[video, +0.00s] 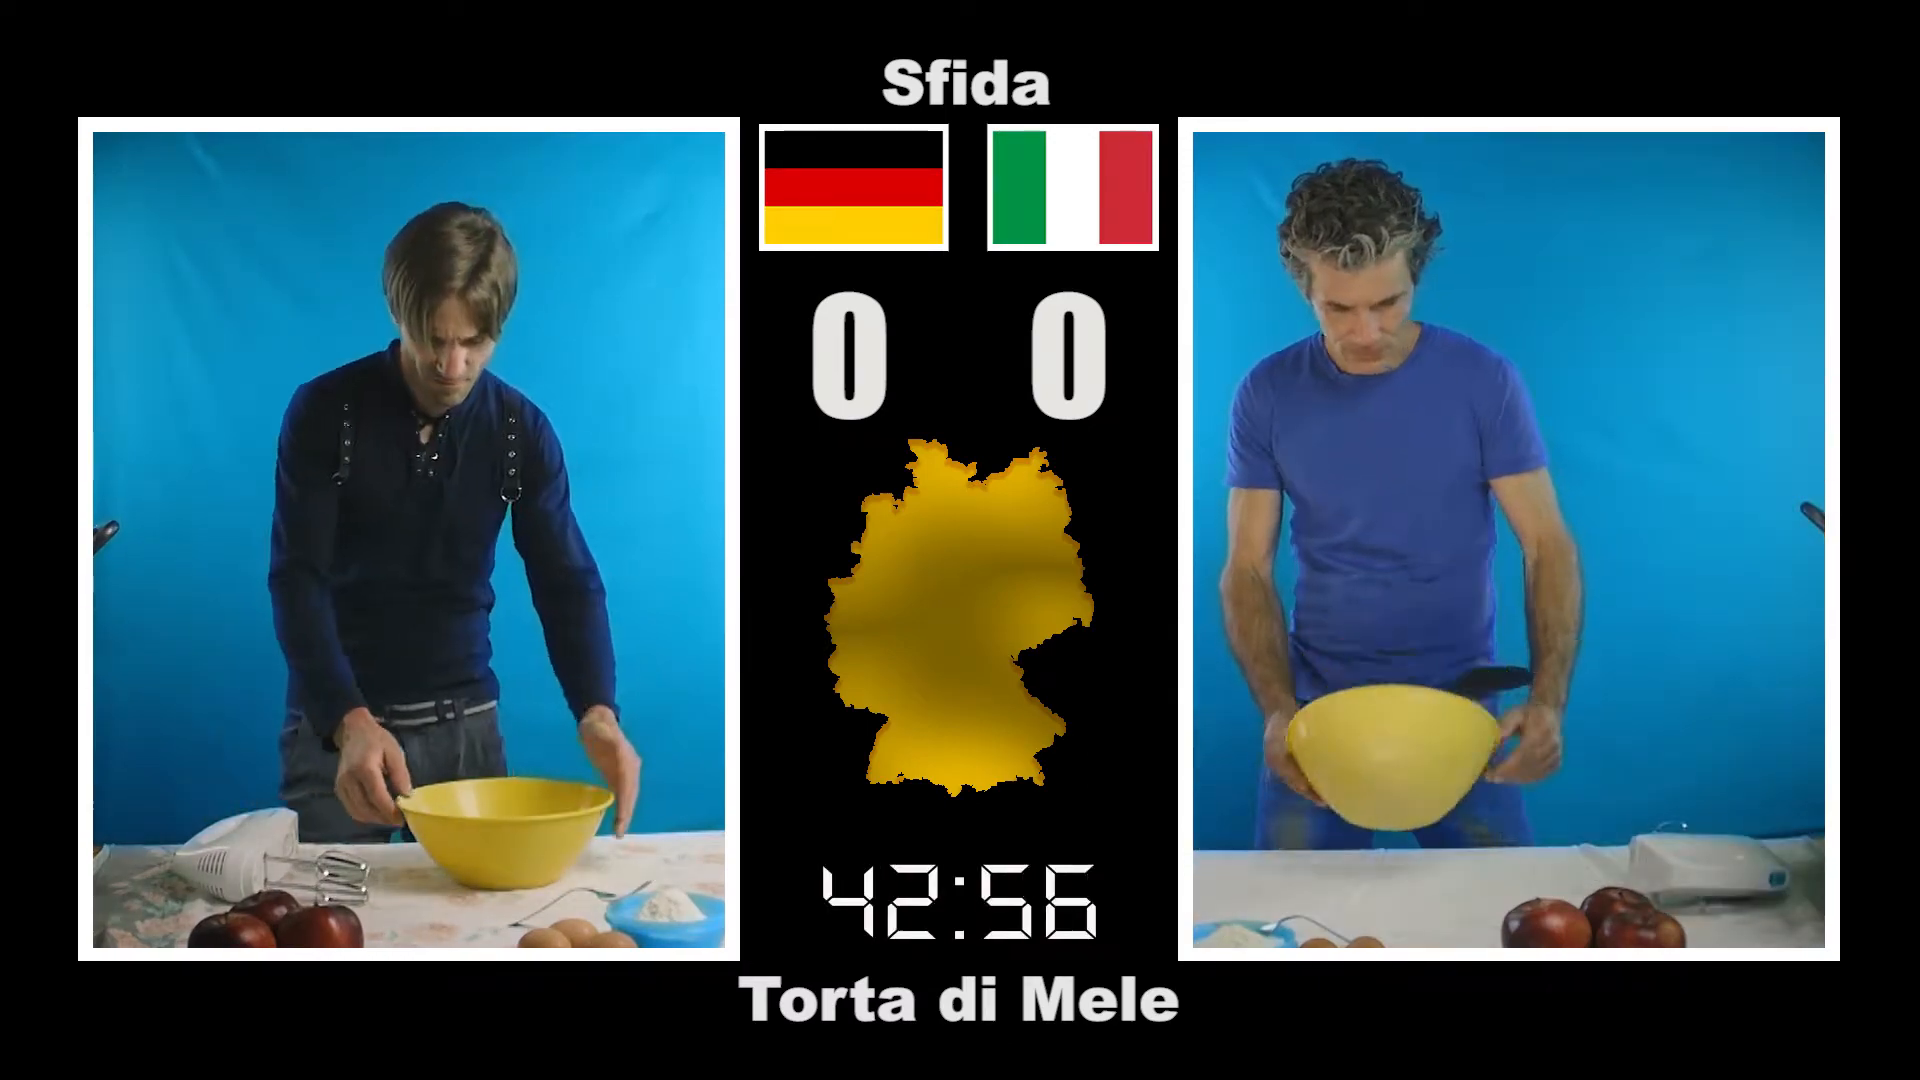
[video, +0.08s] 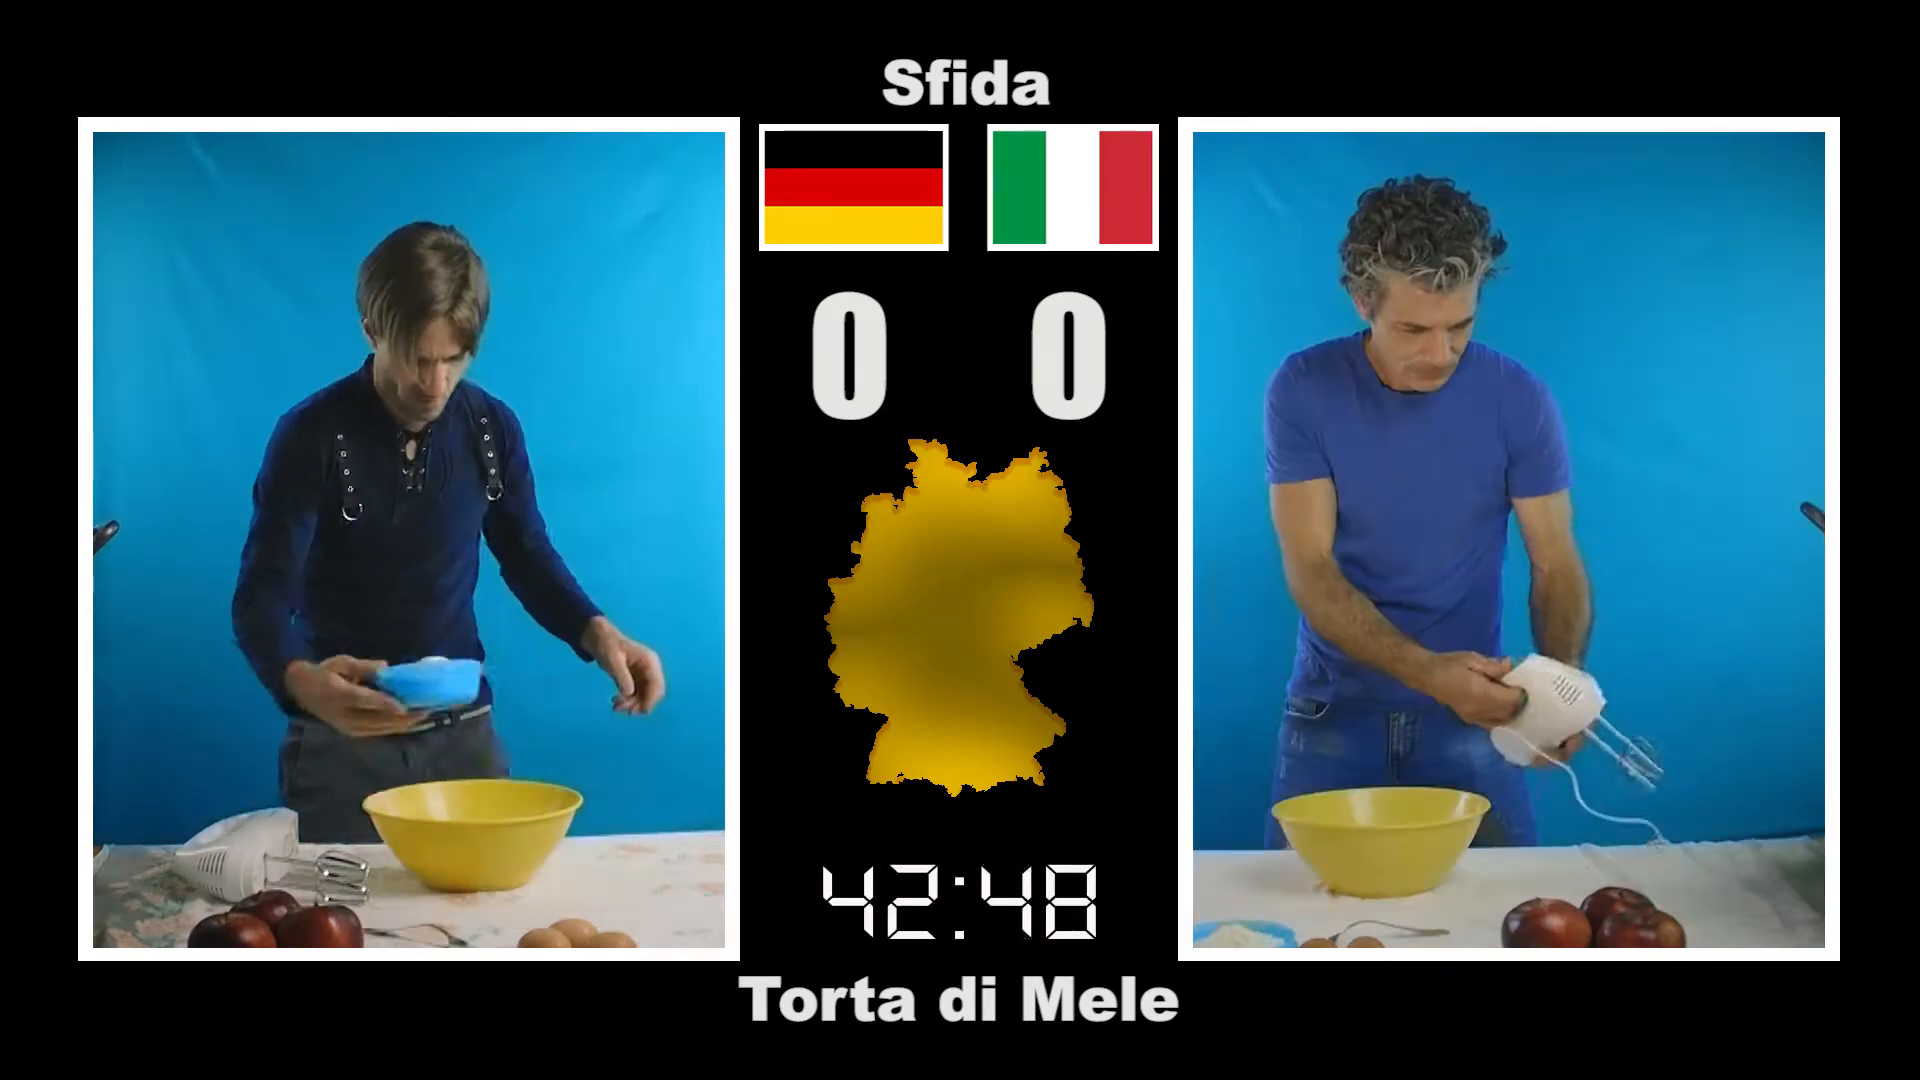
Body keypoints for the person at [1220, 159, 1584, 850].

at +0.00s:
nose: (1366, 331)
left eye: (1387, 303)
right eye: (1341, 308)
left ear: (1414, 278)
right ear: (1305, 286)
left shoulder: (1480, 382)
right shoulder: (1270, 394)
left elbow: (1549, 546)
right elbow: (1247, 570)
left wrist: (1548, 700)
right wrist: (1279, 711)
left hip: (1459, 698)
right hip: (1320, 700)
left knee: (1497, 924)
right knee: (1298, 928)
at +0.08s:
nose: (1439, 352)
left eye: (1459, 326)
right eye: (1413, 330)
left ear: (1476, 301)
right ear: (1363, 302)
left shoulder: (1516, 398)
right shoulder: (1307, 390)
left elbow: (1555, 563)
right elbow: (1312, 577)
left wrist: (1559, 692)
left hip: (1470, 726)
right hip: (1335, 719)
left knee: (1502, 940)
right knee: (1320, 940)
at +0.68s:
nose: (1443, 375)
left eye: (1461, 348)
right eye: (1418, 352)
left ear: (1477, 324)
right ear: (1363, 330)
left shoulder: (1512, 426)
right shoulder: (1306, 433)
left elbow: (1563, 593)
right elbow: (1358, 609)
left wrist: (1593, 730)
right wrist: (1493, 715)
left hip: (1473, 745)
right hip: (1338, 743)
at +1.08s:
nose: (1432, 349)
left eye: (1448, 325)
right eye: (1410, 324)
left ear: (1462, 314)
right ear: (1352, 307)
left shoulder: (1472, 421)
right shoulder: (1275, 413)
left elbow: (1510, 564)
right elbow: (1270, 593)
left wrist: (1562, 673)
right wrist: (1381, 689)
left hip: (1434, 731)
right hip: (1305, 733)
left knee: (1492, 923)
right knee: (1283, 939)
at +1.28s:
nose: (1410, 380)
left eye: (1426, 356)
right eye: (1389, 354)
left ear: (1440, 346)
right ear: (1329, 342)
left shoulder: (1463, 450)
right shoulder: (1256, 448)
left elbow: (1517, 585)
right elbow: (1222, 617)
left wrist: (1558, 721)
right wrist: (1292, 722)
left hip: (1427, 735)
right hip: (1295, 736)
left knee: (1497, 916)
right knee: (1260, 934)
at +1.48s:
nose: (1401, 425)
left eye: (1416, 399)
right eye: (1379, 402)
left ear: (1426, 381)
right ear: (1314, 386)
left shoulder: (1447, 471)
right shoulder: (1242, 477)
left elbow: (1520, 601)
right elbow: (1198, 632)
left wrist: (1573, 731)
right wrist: (1250, 751)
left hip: (1417, 743)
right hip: (1287, 744)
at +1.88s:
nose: (1440, 467)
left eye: (1455, 440)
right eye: (1417, 445)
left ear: (1465, 420)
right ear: (1351, 430)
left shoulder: (1479, 493)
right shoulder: (1293, 497)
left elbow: (1571, 643)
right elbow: (1345, 684)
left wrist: (1640, 769)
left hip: (1433, 760)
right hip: (1309, 757)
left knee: (1456, 932)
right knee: (1272, 930)